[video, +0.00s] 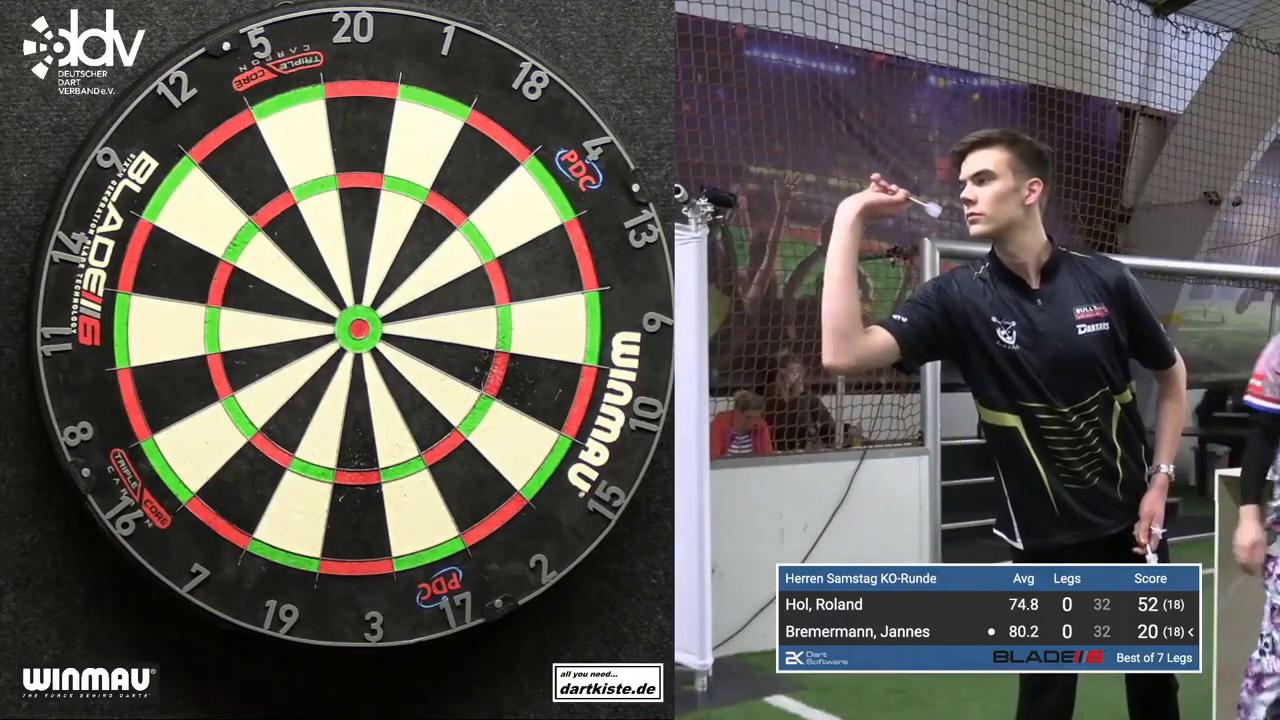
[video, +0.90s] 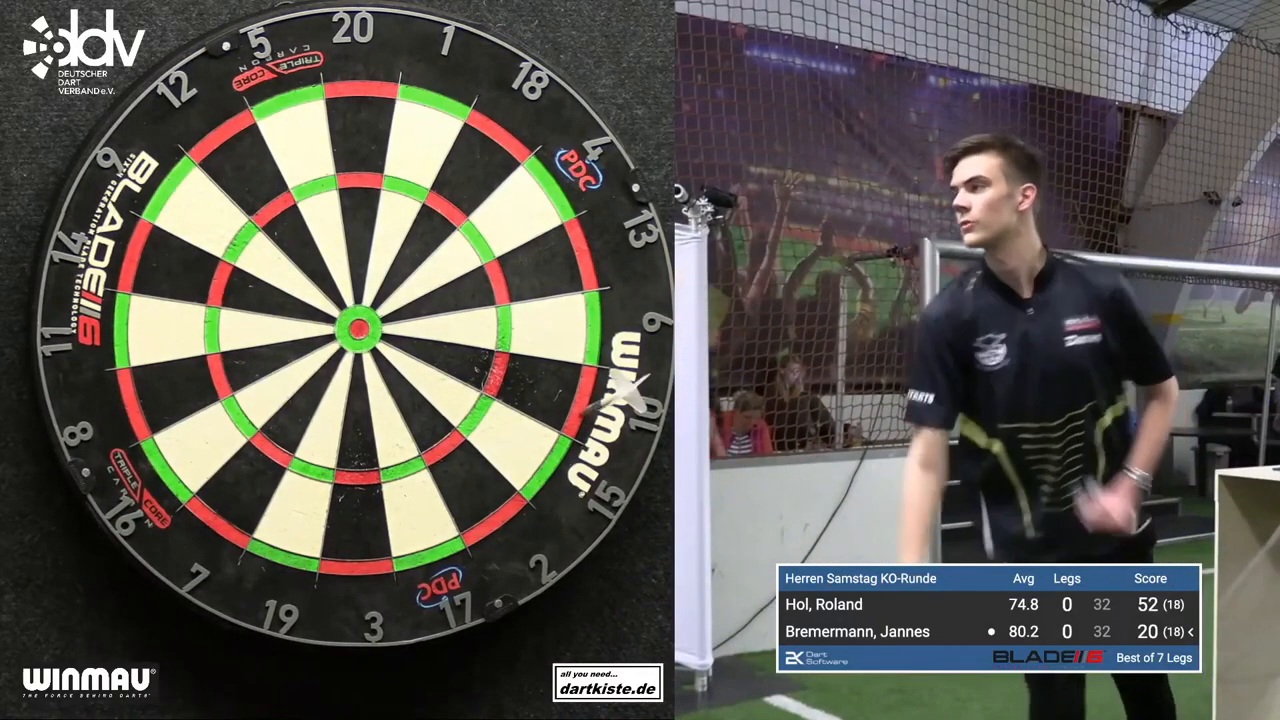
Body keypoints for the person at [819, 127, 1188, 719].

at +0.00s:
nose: (966, 196)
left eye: (983, 180)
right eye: (963, 185)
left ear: (1032, 191)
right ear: (963, 201)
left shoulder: (1104, 280)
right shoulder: (958, 298)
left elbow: (1172, 376)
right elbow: (842, 350)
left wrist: (1160, 481)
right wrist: (847, 216)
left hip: (1130, 526)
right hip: (1039, 542)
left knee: (1154, 685)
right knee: (1046, 699)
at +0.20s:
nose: (965, 196)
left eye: (983, 180)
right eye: (963, 186)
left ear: (1033, 191)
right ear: (964, 202)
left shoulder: (1104, 280)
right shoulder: (958, 298)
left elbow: (1172, 377)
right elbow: (842, 349)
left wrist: (1160, 481)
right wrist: (783, 241)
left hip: (1130, 523)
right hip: (1041, 541)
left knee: (1156, 689)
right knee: (1046, 703)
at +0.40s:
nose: (969, 191)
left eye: (986, 176)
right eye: (966, 182)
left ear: (1037, 188)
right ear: (967, 198)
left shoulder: (1108, 281)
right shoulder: (960, 281)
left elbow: (1173, 378)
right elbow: (834, 267)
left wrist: (1159, 484)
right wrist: (688, 279)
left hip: (1127, 519)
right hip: (1041, 530)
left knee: (1153, 679)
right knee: (1049, 692)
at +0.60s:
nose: (970, 192)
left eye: (987, 178)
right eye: (967, 183)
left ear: (1037, 188)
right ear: (969, 198)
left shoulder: (1110, 284)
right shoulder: (960, 289)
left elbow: (1173, 382)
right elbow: (842, 329)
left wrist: (1156, 488)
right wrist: (714, 377)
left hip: (1129, 523)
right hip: (1039, 538)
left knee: (1153, 680)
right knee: (1046, 691)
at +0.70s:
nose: (970, 194)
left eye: (987, 178)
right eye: (967, 184)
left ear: (1037, 189)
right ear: (967, 199)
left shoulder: (1108, 284)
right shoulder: (960, 295)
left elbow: (1174, 382)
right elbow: (864, 364)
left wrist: (1156, 488)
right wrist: (753, 445)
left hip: (1128, 521)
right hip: (1037, 539)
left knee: (1155, 682)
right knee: (1046, 693)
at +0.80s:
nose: (967, 197)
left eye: (985, 181)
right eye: (964, 187)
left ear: (1035, 191)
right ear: (965, 202)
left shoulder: (1108, 285)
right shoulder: (960, 307)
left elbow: (1172, 387)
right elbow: (902, 417)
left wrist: (1153, 491)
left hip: (1128, 524)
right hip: (1037, 544)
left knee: (1150, 678)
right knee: (1052, 695)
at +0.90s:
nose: (958, 203)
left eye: (976, 186)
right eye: (956, 192)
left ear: (1025, 197)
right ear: (955, 207)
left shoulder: (1098, 293)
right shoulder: (948, 319)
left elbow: (1162, 391)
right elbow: (927, 460)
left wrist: (1131, 482)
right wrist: (910, 582)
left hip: (1112, 529)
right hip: (1024, 546)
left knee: (1144, 683)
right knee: (1055, 698)